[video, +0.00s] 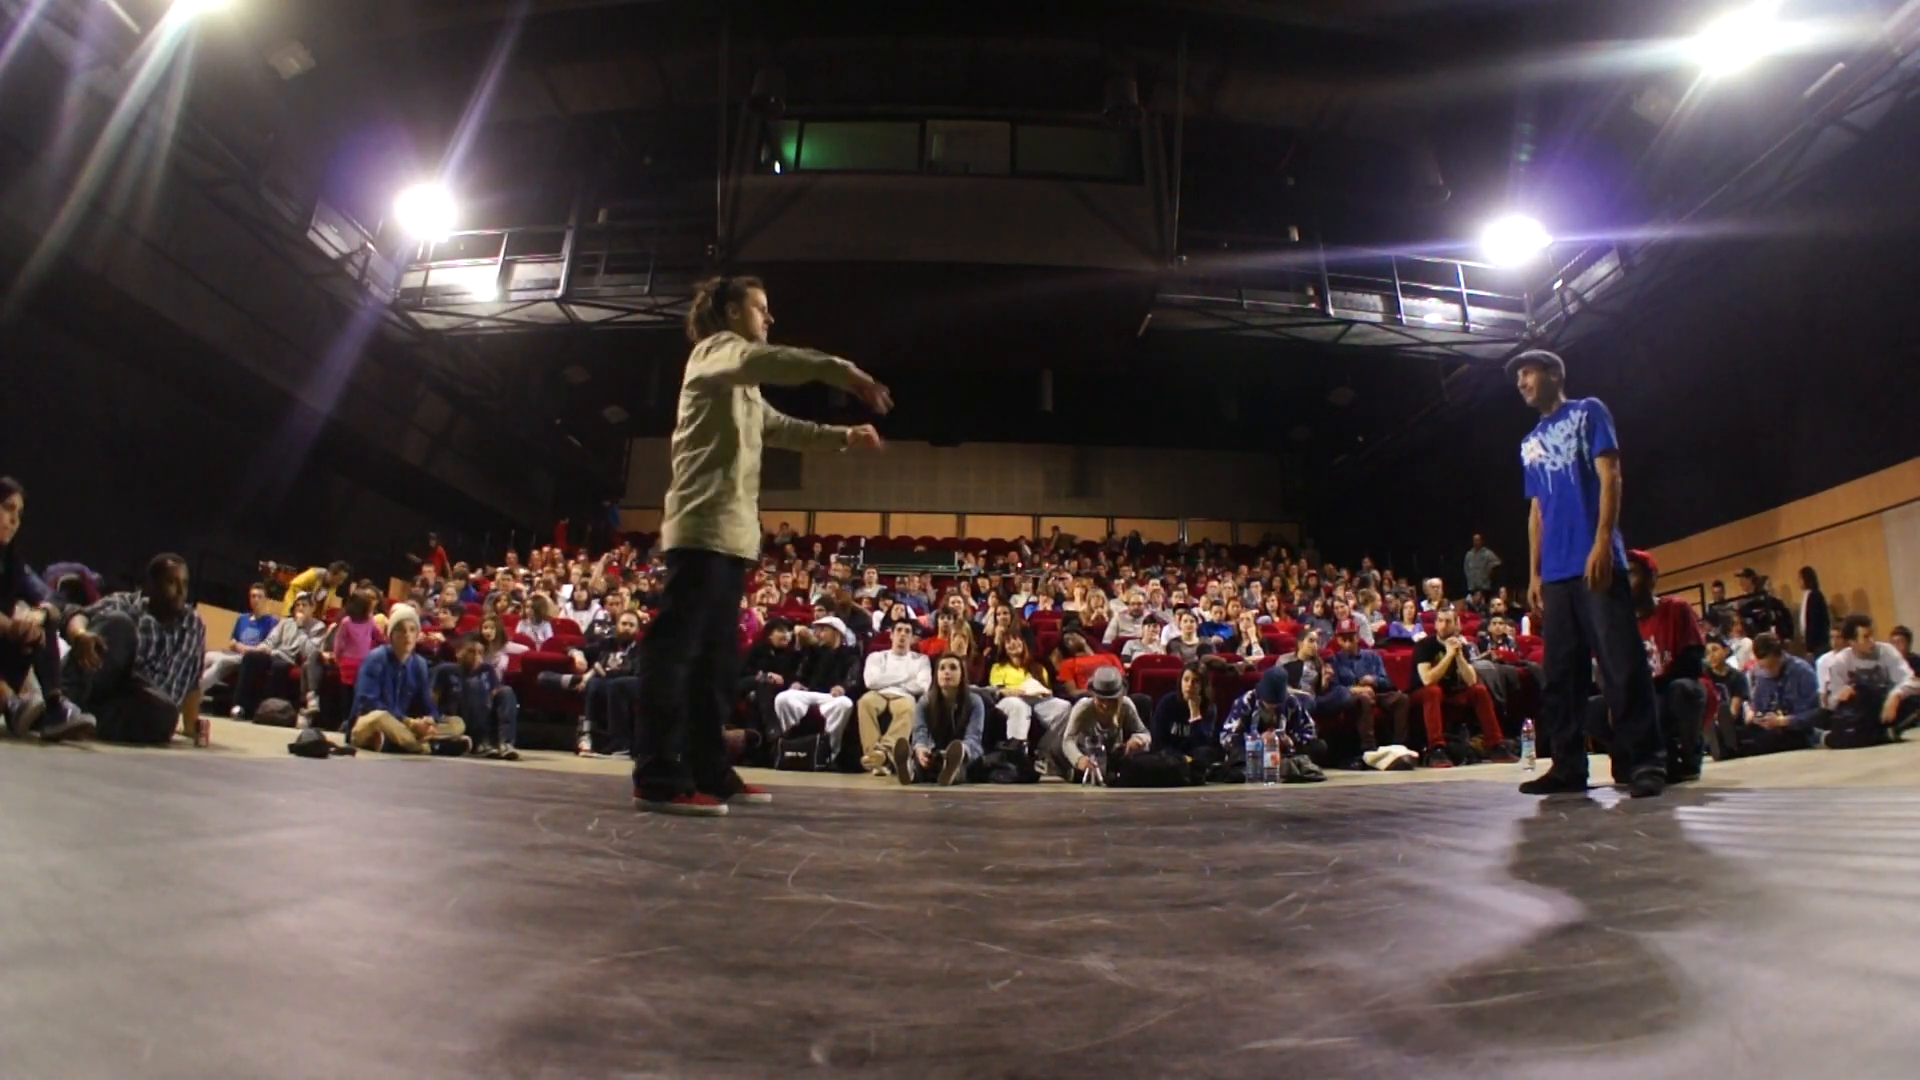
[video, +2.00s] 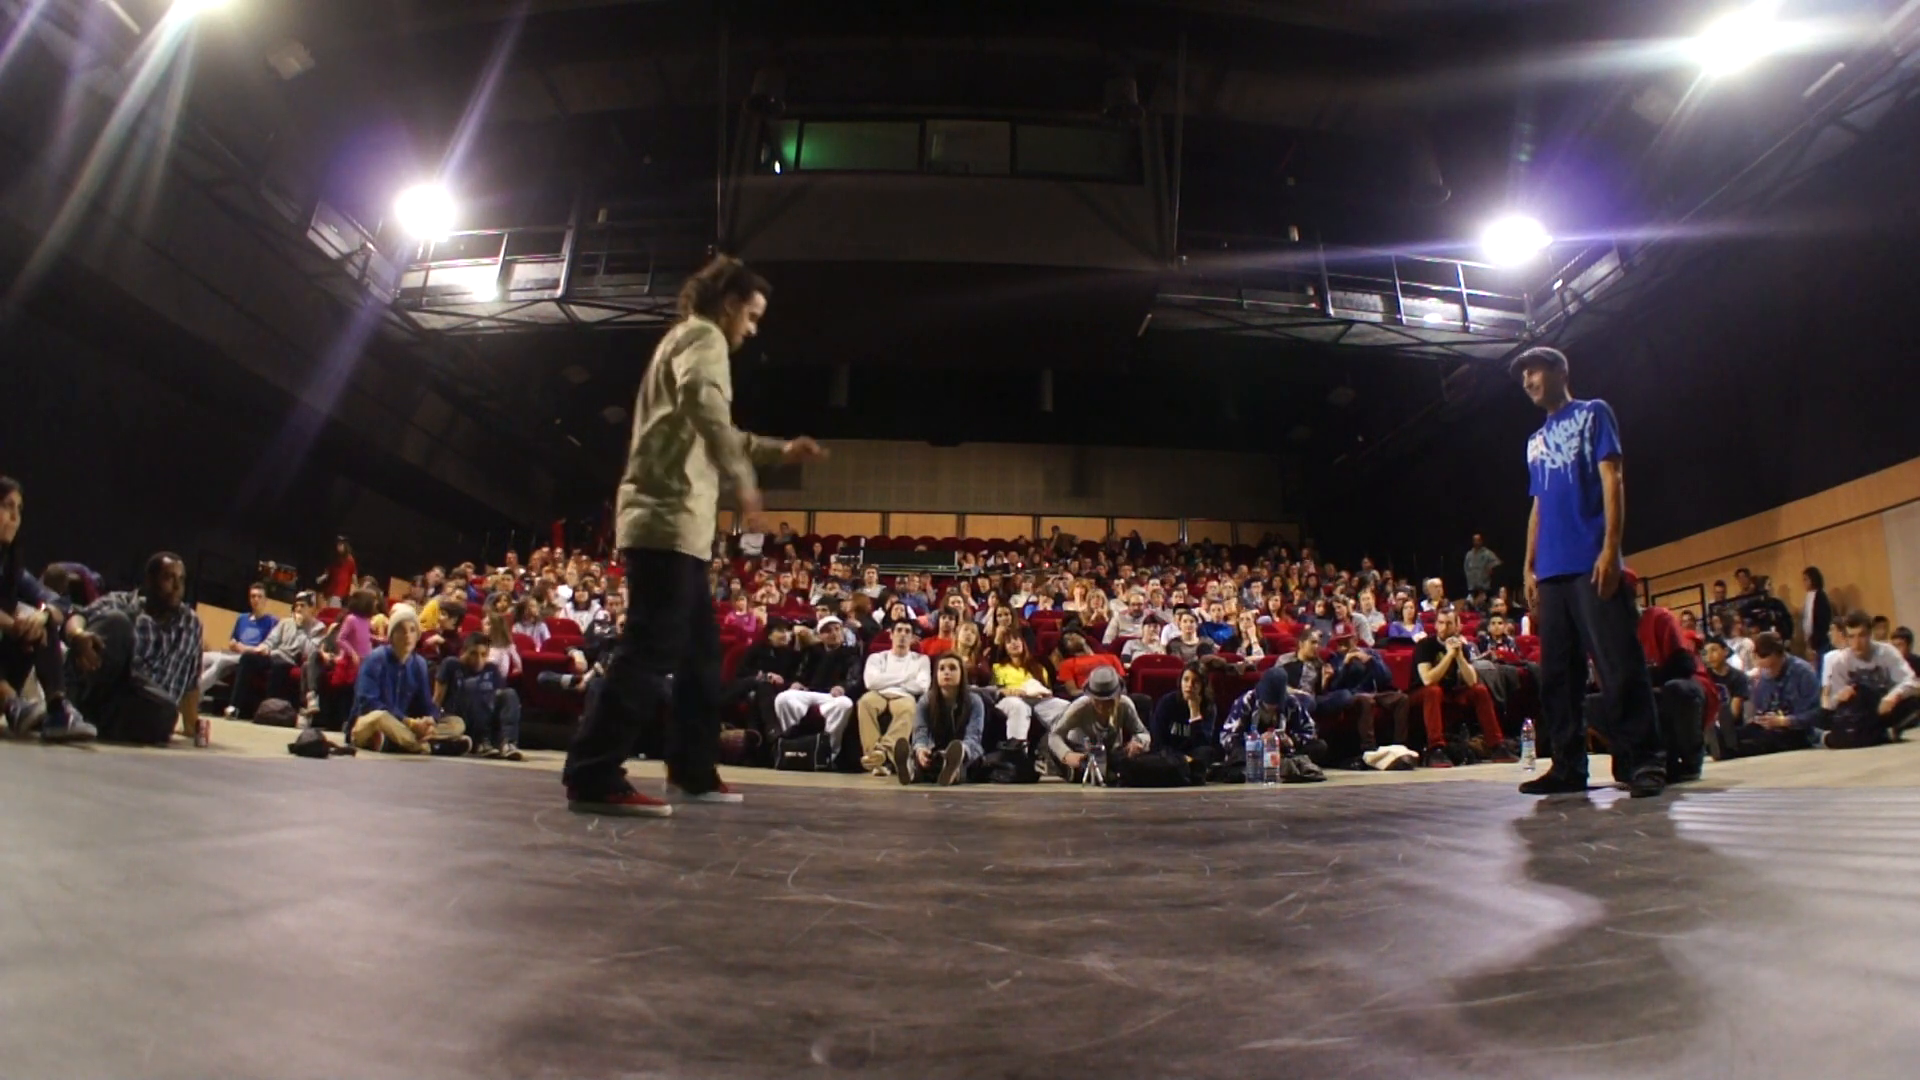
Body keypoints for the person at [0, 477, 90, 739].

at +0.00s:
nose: (14, 519)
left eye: (18, 512)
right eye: (8, 509)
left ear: (21, 517)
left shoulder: (11, 560)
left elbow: (54, 605)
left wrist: (40, 613)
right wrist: (11, 624)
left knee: (43, 623)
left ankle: (55, 707)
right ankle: (11, 704)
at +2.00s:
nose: (14, 516)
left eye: (18, 509)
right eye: (7, 506)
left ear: (20, 515)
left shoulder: (11, 568)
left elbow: (59, 607)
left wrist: (44, 614)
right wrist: (15, 625)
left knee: (43, 625)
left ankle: (58, 709)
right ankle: (11, 705)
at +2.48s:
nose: (12, 516)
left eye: (16, 508)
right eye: (5, 507)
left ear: (20, 515)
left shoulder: (11, 563)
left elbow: (56, 607)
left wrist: (43, 615)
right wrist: (13, 625)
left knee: (44, 624)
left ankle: (58, 708)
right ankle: (11, 704)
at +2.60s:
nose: (11, 515)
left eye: (16, 508)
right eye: (4, 506)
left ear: (21, 515)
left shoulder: (12, 561)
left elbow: (57, 606)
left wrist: (43, 615)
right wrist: (14, 625)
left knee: (44, 625)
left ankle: (57, 708)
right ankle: (12, 703)